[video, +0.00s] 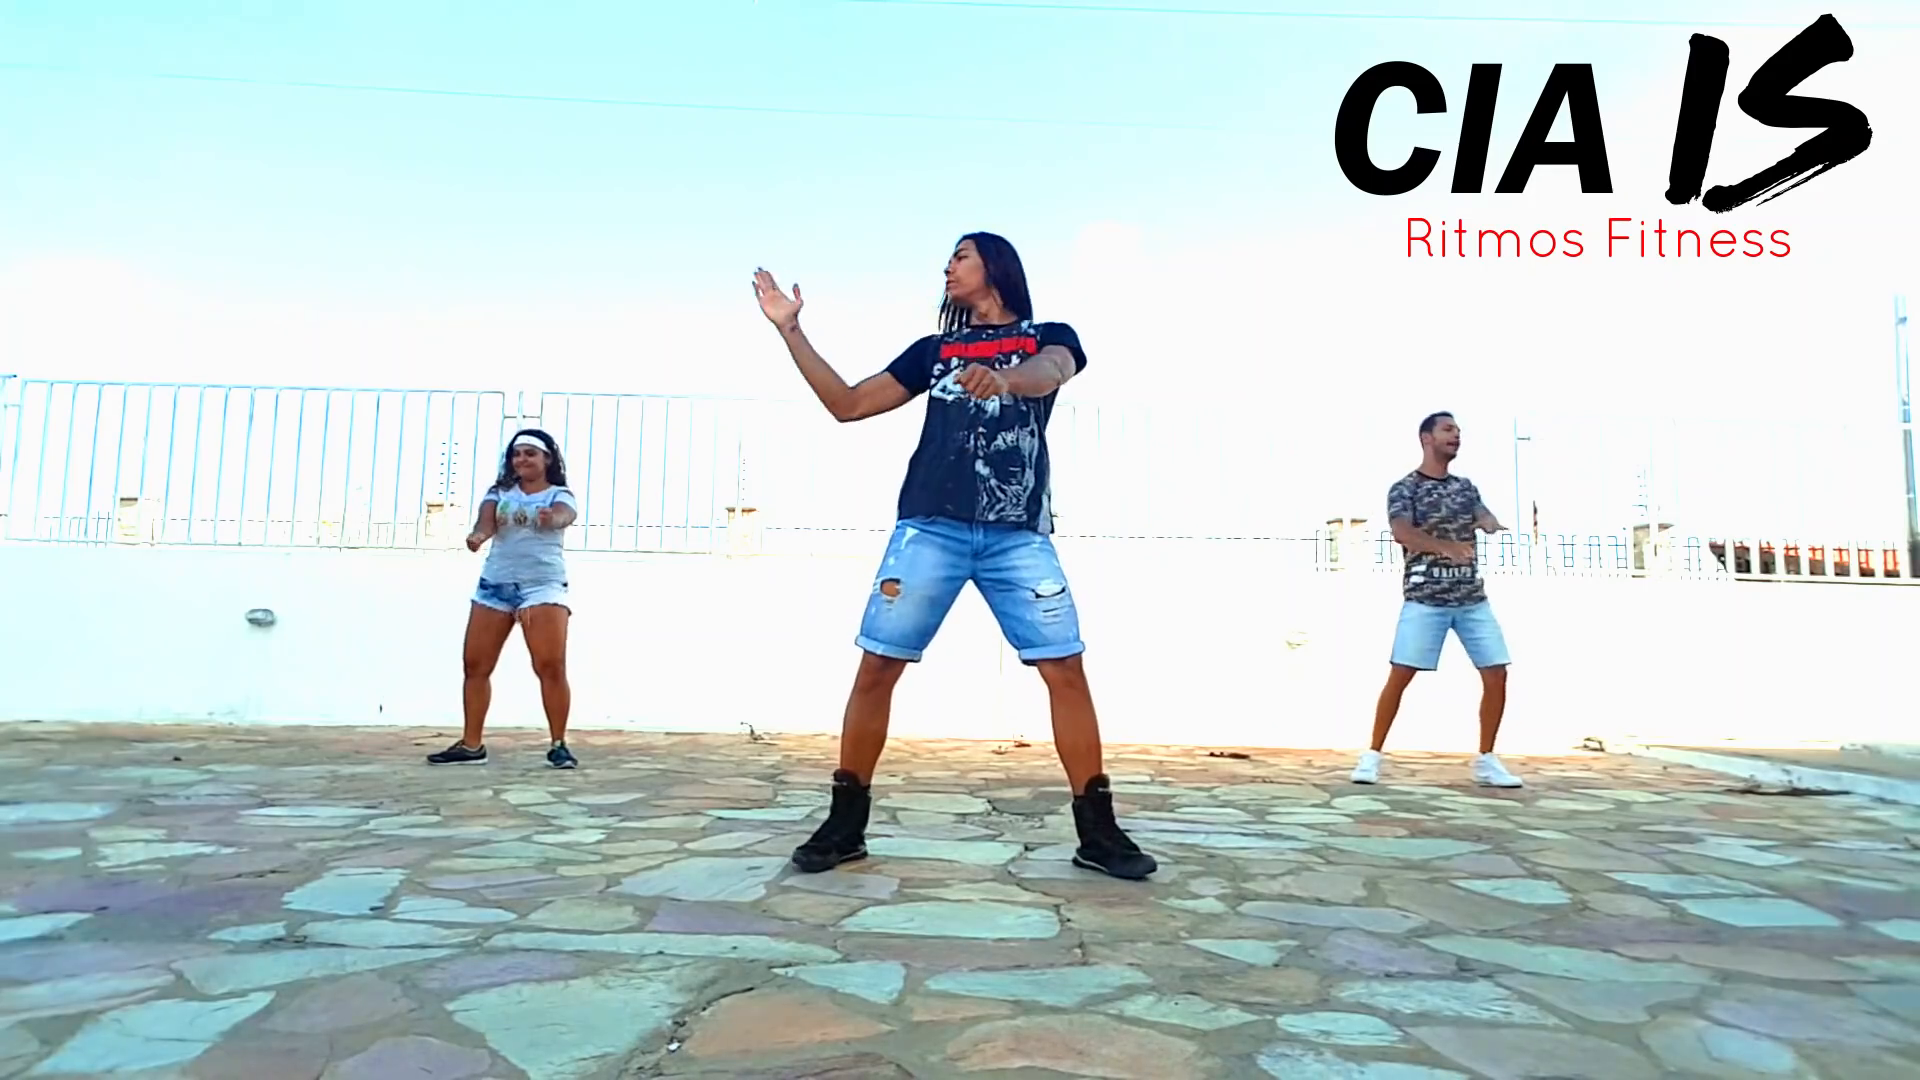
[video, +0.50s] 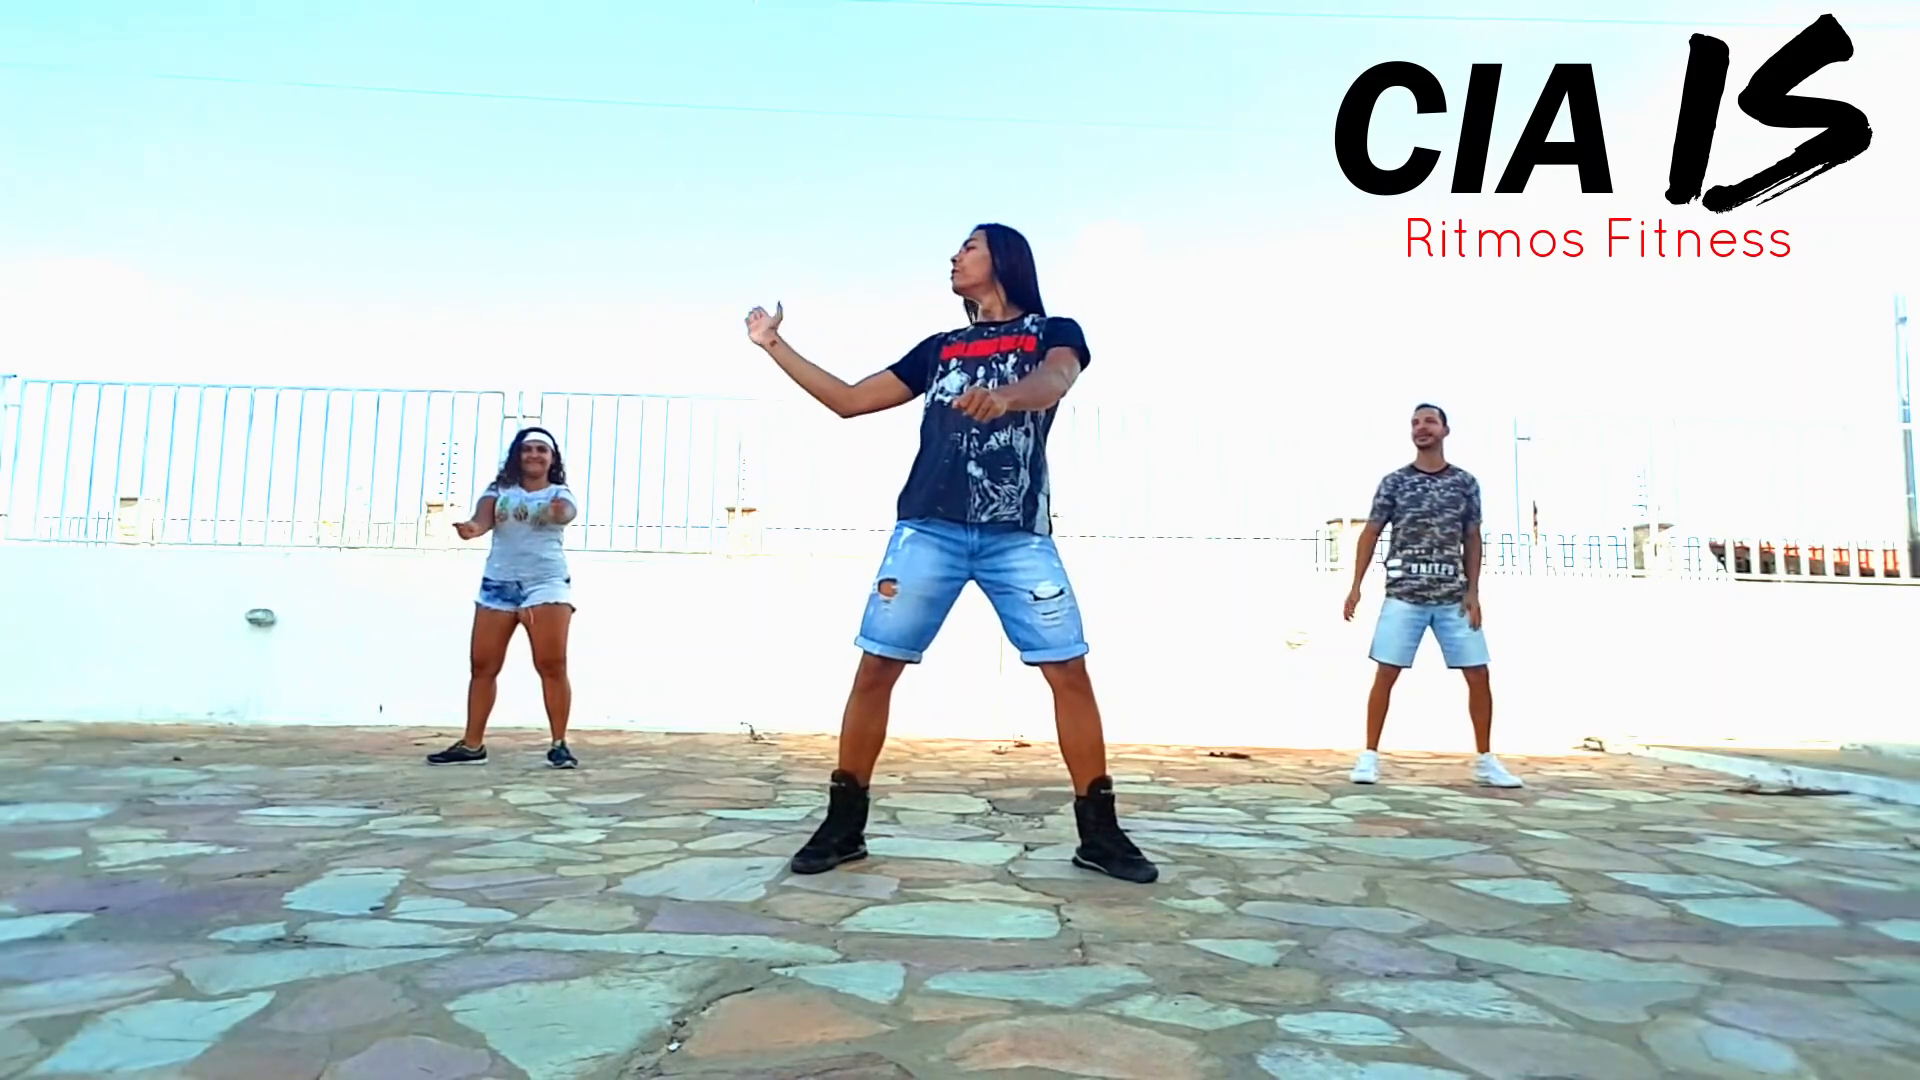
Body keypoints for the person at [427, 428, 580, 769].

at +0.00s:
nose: (522, 458)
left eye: (530, 452)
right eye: (517, 453)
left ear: (548, 459)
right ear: (511, 460)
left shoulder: (561, 494)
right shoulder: (498, 493)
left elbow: (563, 515)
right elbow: (486, 520)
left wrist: (549, 519)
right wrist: (479, 534)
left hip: (542, 585)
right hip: (495, 584)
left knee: (550, 666)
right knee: (475, 665)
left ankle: (558, 744)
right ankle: (471, 743)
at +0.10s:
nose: (525, 457)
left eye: (533, 452)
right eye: (519, 452)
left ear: (549, 460)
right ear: (512, 459)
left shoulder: (559, 495)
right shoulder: (497, 490)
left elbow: (563, 515)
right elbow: (486, 515)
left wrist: (551, 518)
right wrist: (478, 530)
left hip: (544, 585)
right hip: (497, 585)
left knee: (552, 666)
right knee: (477, 665)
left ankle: (560, 744)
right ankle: (471, 743)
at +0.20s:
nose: (525, 457)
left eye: (534, 452)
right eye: (520, 452)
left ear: (550, 459)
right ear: (513, 459)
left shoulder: (561, 494)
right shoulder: (499, 493)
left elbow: (565, 513)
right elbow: (488, 519)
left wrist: (553, 517)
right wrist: (480, 532)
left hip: (544, 585)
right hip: (496, 584)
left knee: (551, 667)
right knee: (479, 666)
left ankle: (559, 744)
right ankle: (471, 743)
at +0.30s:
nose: (527, 459)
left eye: (535, 454)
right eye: (520, 454)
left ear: (550, 462)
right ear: (513, 463)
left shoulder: (561, 496)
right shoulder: (500, 497)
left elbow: (564, 513)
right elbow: (486, 523)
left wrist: (553, 517)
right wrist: (489, 536)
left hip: (543, 589)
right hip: (494, 586)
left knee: (553, 668)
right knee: (479, 666)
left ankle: (558, 744)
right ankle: (471, 744)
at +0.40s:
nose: (531, 456)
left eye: (539, 451)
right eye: (524, 451)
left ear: (551, 461)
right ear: (515, 460)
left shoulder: (561, 495)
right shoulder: (499, 495)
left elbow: (566, 513)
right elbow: (486, 519)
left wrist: (554, 518)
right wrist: (484, 531)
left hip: (544, 585)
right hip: (495, 583)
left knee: (552, 668)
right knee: (479, 667)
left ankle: (558, 744)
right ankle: (471, 743)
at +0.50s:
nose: (534, 454)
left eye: (542, 449)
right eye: (528, 449)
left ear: (552, 459)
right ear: (517, 456)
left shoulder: (560, 492)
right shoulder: (498, 490)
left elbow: (565, 513)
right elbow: (484, 518)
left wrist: (554, 515)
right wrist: (472, 528)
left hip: (546, 583)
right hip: (498, 583)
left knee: (552, 665)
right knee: (482, 666)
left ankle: (559, 744)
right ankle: (472, 743)